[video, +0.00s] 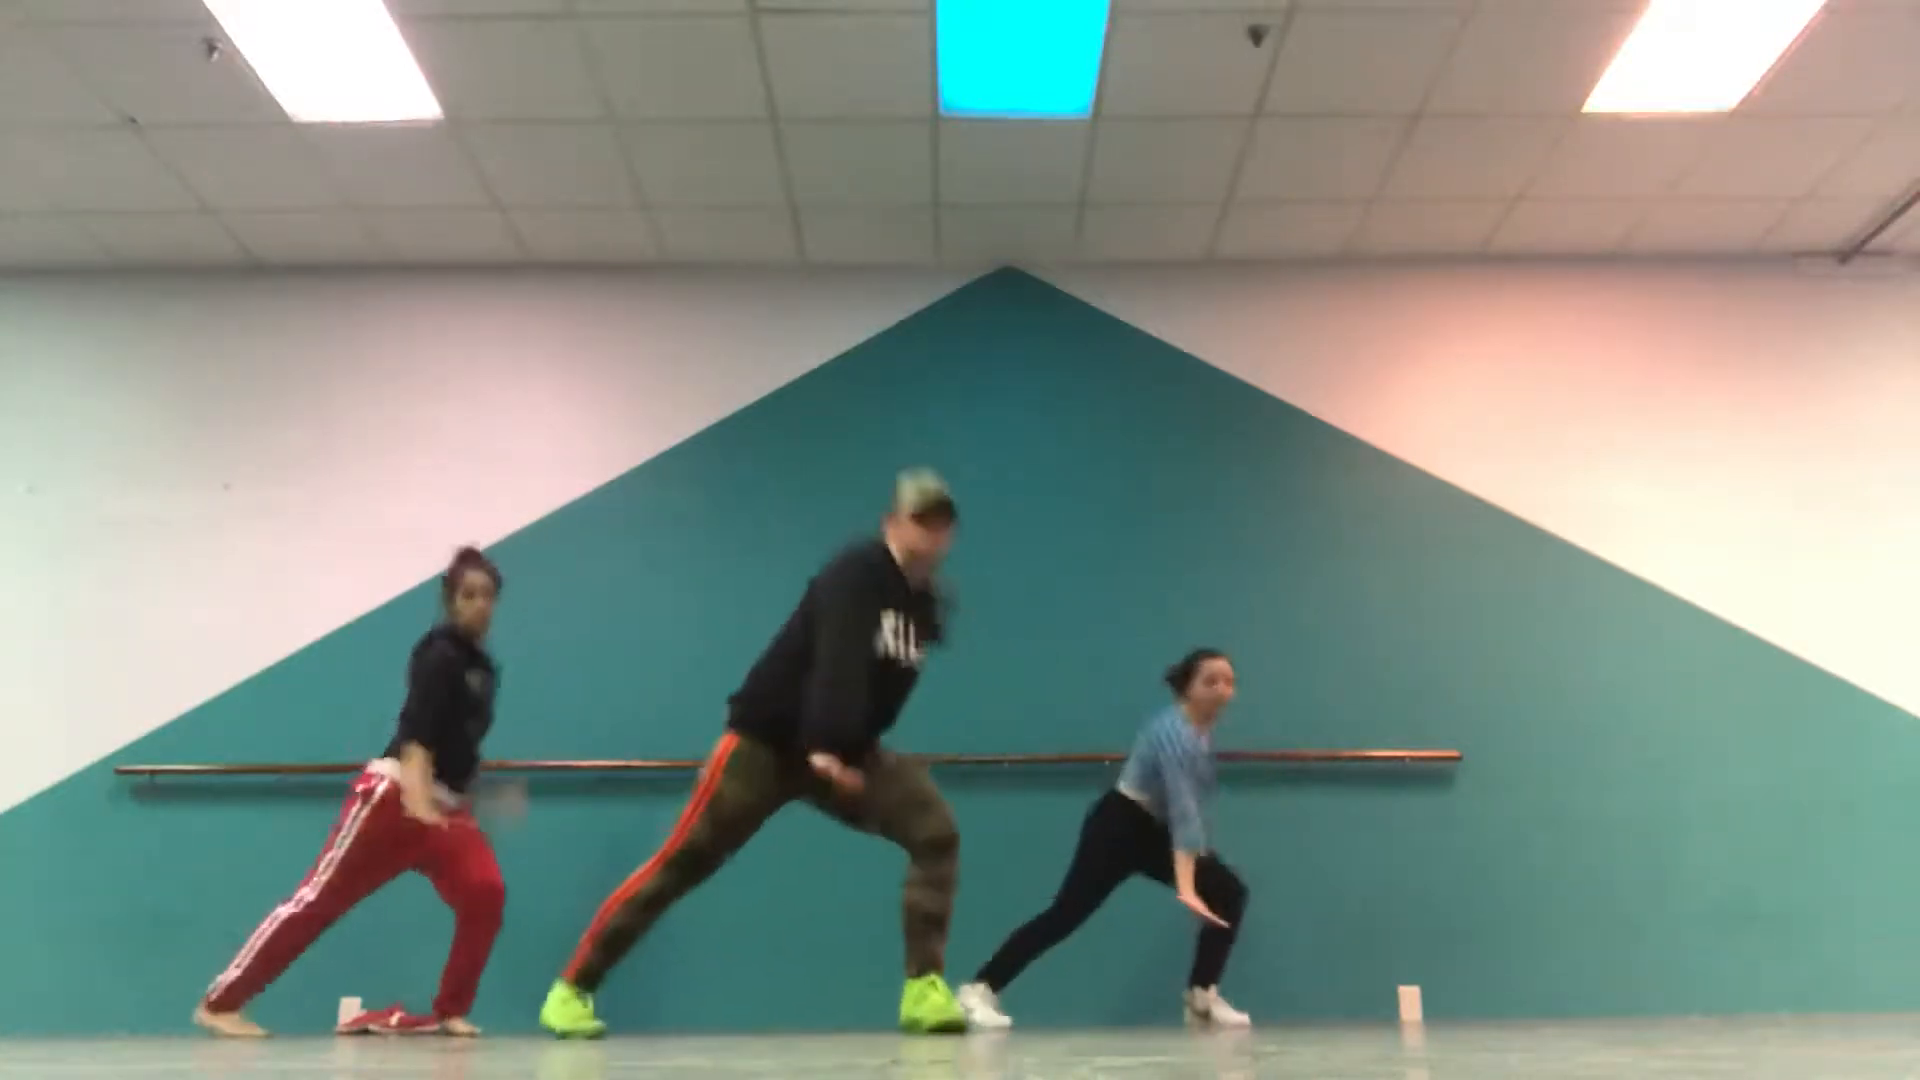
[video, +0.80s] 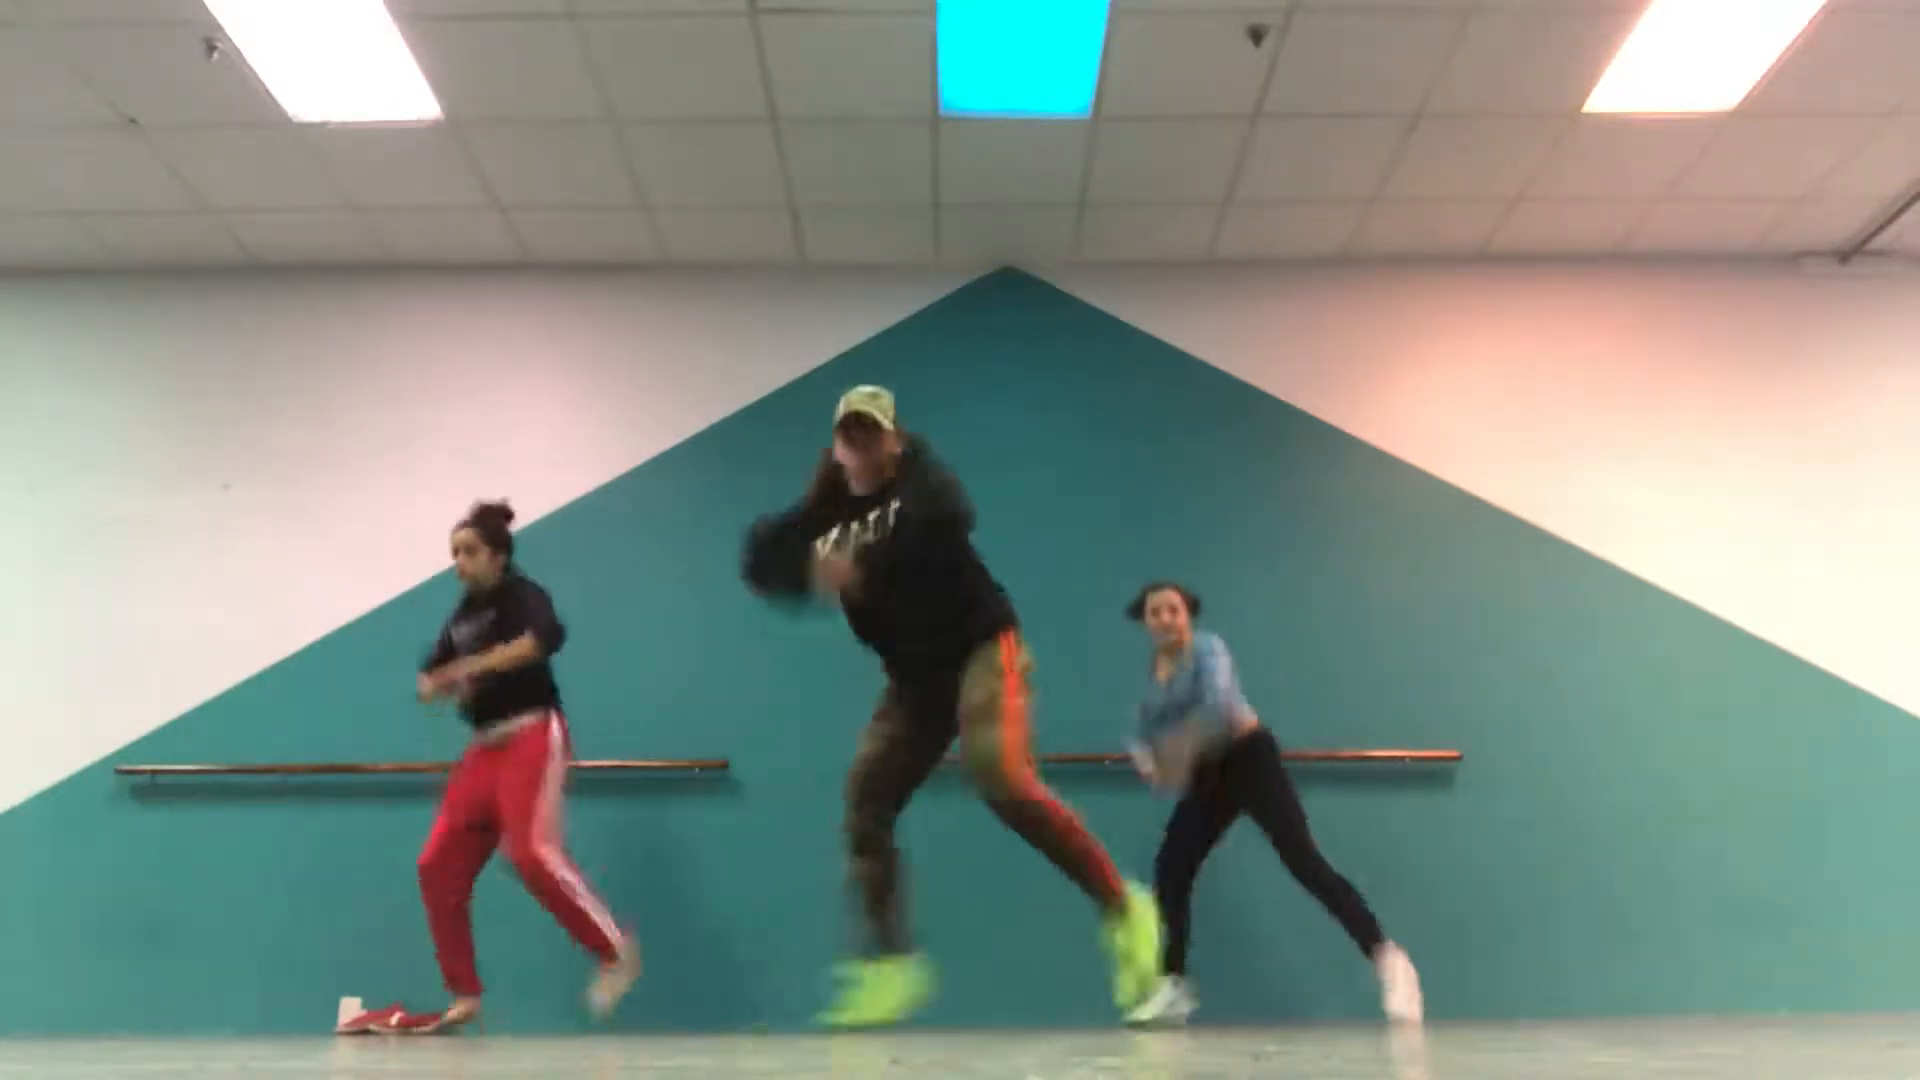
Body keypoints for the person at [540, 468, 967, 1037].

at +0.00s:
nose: (931, 537)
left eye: (941, 526)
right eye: (920, 522)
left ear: (950, 533)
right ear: (891, 523)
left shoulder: (923, 601)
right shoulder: (854, 575)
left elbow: (887, 674)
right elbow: (836, 657)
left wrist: (858, 746)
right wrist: (825, 743)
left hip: (844, 754)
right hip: (767, 743)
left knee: (934, 834)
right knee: (683, 862)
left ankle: (924, 989)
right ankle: (573, 989)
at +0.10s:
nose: (897, 470)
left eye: (907, 457)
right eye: (884, 457)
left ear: (921, 462)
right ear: (861, 462)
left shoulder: (926, 524)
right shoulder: (831, 523)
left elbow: (899, 620)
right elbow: (813, 613)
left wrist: (875, 701)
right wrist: (817, 700)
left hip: (872, 709)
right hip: (789, 701)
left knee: (919, 826)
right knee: (727, 833)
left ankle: (922, 983)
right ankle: (624, 967)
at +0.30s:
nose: (820, 469)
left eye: (831, 456)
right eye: (807, 460)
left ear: (856, 461)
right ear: (793, 474)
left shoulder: (901, 506)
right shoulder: (781, 548)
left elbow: (985, 506)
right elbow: (758, 626)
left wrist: (944, 512)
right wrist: (759, 699)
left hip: (899, 681)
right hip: (819, 703)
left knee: (917, 741)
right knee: (791, 845)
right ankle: (778, 979)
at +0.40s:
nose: (798, 471)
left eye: (809, 458)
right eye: (787, 461)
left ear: (837, 465)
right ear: (774, 473)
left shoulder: (879, 508)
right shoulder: (768, 554)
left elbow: (952, 551)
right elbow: (760, 641)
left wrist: (892, 603)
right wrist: (779, 709)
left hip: (929, 685)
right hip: (844, 704)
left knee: (967, 777)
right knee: (789, 834)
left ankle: (1031, 867)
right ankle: (783, 981)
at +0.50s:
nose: (803, 489)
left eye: (817, 476)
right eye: (792, 477)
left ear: (847, 483)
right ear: (781, 488)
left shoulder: (883, 535)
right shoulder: (781, 576)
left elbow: (913, 628)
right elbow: (789, 667)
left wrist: (878, 709)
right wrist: (817, 723)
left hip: (944, 696)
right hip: (864, 719)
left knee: (1013, 822)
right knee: (781, 824)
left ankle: (1118, 957)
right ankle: (805, 981)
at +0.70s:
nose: (843, 481)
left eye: (855, 468)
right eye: (833, 469)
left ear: (880, 471)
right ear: (821, 478)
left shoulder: (910, 520)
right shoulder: (822, 558)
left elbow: (925, 610)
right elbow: (805, 638)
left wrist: (877, 693)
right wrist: (837, 698)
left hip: (979, 695)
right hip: (904, 716)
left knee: (1038, 821)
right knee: (819, 814)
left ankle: (1147, 975)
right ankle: (811, 988)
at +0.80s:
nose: (856, 449)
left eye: (869, 435)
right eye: (846, 436)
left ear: (894, 442)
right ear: (833, 447)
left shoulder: (922, 482)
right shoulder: (827, 508)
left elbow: (946, 523)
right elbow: (763, 559)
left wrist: (861, 564)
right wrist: (809, 561)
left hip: (985, 649)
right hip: (917, 673)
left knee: (1002, 778)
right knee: (868, 800)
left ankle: (1122, 909)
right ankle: (891, 962)